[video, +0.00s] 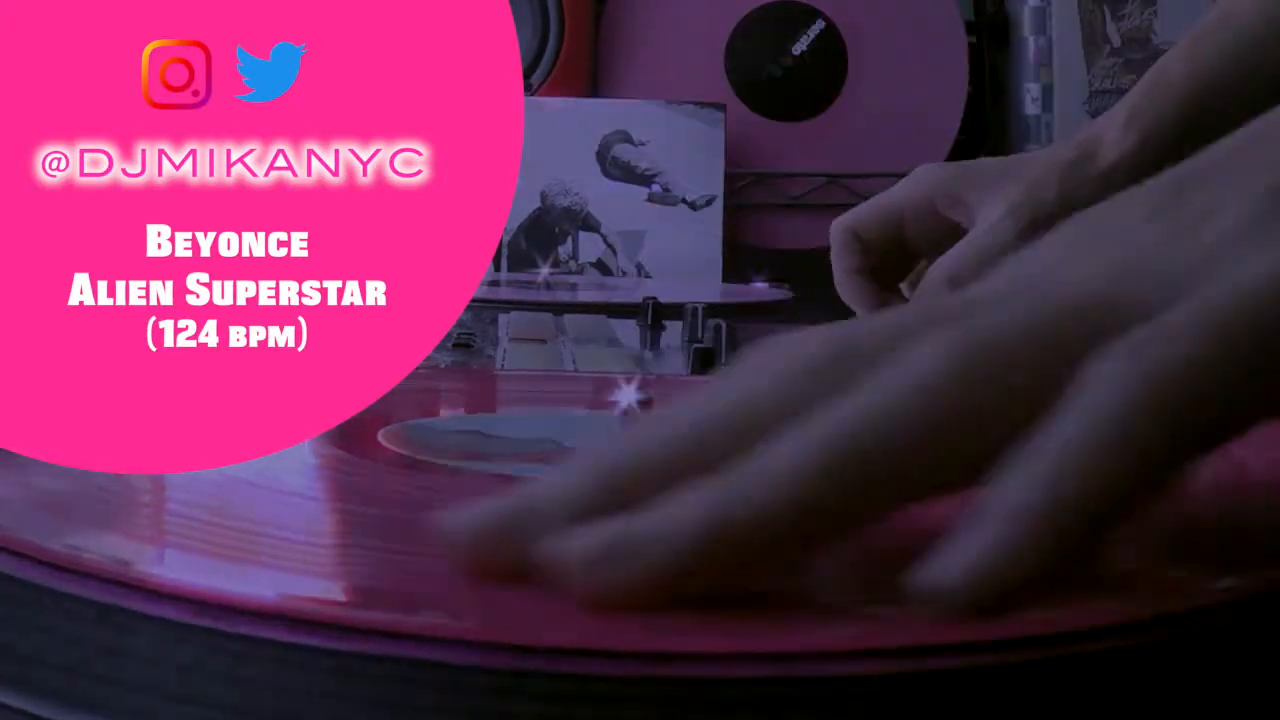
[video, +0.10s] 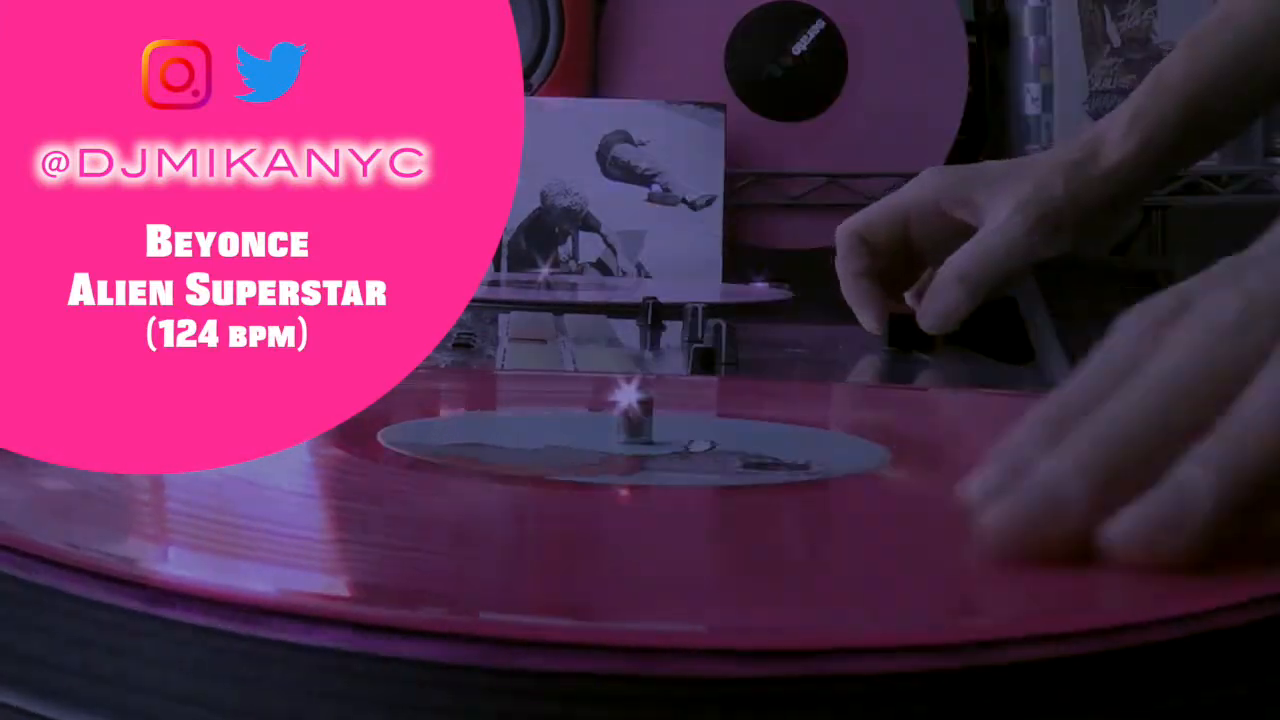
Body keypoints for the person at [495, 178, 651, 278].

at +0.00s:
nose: (574, 225)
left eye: (576, 218)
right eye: (568, 219)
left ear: (577, 210)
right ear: (553, 215)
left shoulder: (574, 211)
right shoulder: (531, 233)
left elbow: (605, 232)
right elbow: (546, 271)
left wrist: (623, 259)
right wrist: (572, 269)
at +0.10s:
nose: (574, 225)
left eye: (576, 217)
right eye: (568, 219)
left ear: (577, 210)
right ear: (552, 214)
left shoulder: (574, 212)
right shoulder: (531, 233)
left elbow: (606, 232)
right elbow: (547, 273)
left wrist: (623, 259)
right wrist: (572, 269)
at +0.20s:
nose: (574, 225)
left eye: (576, 218)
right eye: (568, 219)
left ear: (577, 210)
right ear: (553, 215)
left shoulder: (574, 212)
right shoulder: (532, 232)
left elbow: (605, 232)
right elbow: (547, 270)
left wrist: (623, 259)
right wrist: (571, 268)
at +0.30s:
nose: (574, 225)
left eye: (576, 217)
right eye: (567, 219)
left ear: (577, 210)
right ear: (552, 214)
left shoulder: (575, 212)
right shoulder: (531, 232)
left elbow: (606, 233)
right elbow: (547, 272)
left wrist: (623, 259)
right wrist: (572, 269)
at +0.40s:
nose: (574, 225)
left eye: (576, 218)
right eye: (567, 219)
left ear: (576, 210)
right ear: (552, 215)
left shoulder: (573, 211)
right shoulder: (526, 239)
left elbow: (606, 233)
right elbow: (544, 274)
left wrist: (623, 260)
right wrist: (569, 270)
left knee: (601, 268)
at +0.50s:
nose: (574, 225)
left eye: (576, 218)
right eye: (568, 220)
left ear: (577, 210)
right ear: (552, 215)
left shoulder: (573, 211)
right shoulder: (528, 236)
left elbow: (605, 232)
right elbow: (545, 272)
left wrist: (622, 260)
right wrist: (569, 269)